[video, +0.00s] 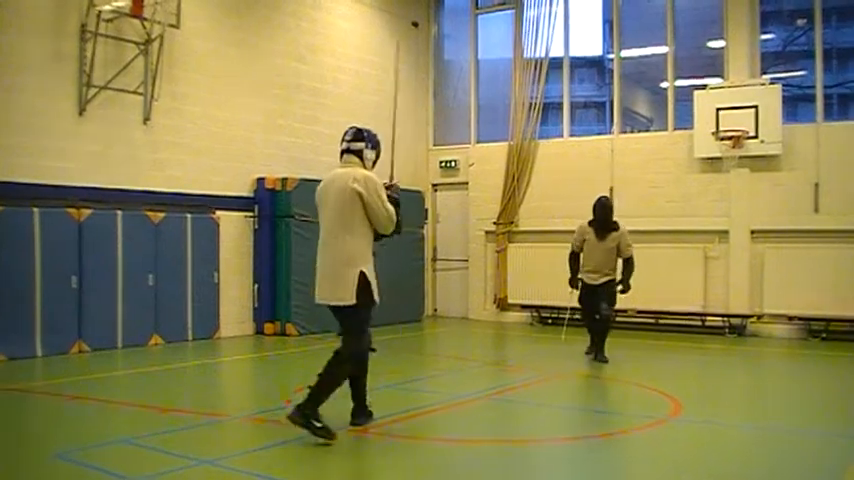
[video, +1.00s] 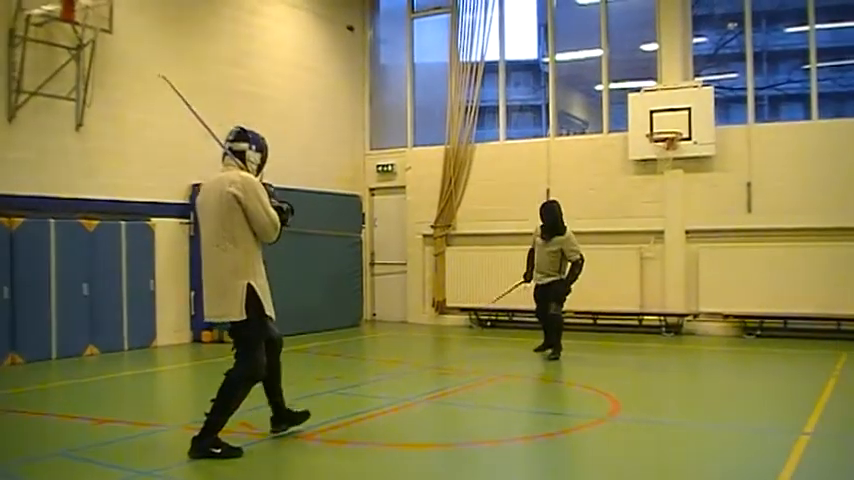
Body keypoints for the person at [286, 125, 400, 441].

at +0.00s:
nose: (376, 159)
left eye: (376, 154)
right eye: (376, 154)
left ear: (345, 151)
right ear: (369, 153)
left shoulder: (326, 183)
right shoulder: (366, 180)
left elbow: (335, 224)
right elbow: (387, 225)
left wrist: (374, 200)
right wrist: (390, 197)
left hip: (328, 280)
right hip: (355, 280)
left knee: (358, 344)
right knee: (355, 345)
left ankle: (360, 408)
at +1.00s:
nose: (261, 165)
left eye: (261, 159)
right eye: (261, 158)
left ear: (228, 154)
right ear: (252, 156)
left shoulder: (206, 187)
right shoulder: (246, 183)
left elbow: (218, 231)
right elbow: (269, 232)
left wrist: (261, 206)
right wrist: (279, 213)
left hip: (220, 287)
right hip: (244, 287)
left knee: (271, 343)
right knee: (252, 361)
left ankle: (280, 412)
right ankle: (206, 438)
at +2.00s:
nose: (335, 174)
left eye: (336, 168)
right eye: (334, 167)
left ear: (305, 162)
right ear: (324, 163)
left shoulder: (286, 195)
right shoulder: (320, 191)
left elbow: (304, 235)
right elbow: (340, 238)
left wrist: (336, 208)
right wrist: (345, 212)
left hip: (297, 285)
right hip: (318, 285)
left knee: (337, 343)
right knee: (332, 355)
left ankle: (326, 407)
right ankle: (286, 417)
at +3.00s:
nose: (394, 181)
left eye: (393, 177)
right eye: (394, 176)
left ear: (365, 173)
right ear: (388, 174)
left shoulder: (349, 201)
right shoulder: (384, 196)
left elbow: (366, 237)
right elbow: (404, 235)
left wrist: (398, 212)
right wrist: (408, 215)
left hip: (355, 279)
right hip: (375, 279)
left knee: (386, 335)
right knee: (377, 344)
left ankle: (380, 395)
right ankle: (322, 396)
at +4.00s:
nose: (413, 183)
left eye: (412, 179)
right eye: (412, 179)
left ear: (383, 178)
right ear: (406, 178)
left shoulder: (366, 210)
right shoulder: (410, 205)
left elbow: (375, 249)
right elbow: (426, 251)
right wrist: (428, 227)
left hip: (376, 297)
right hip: (404, 296)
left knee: (411, 333)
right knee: (412, 363)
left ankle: (416, 388)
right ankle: (366, 417)